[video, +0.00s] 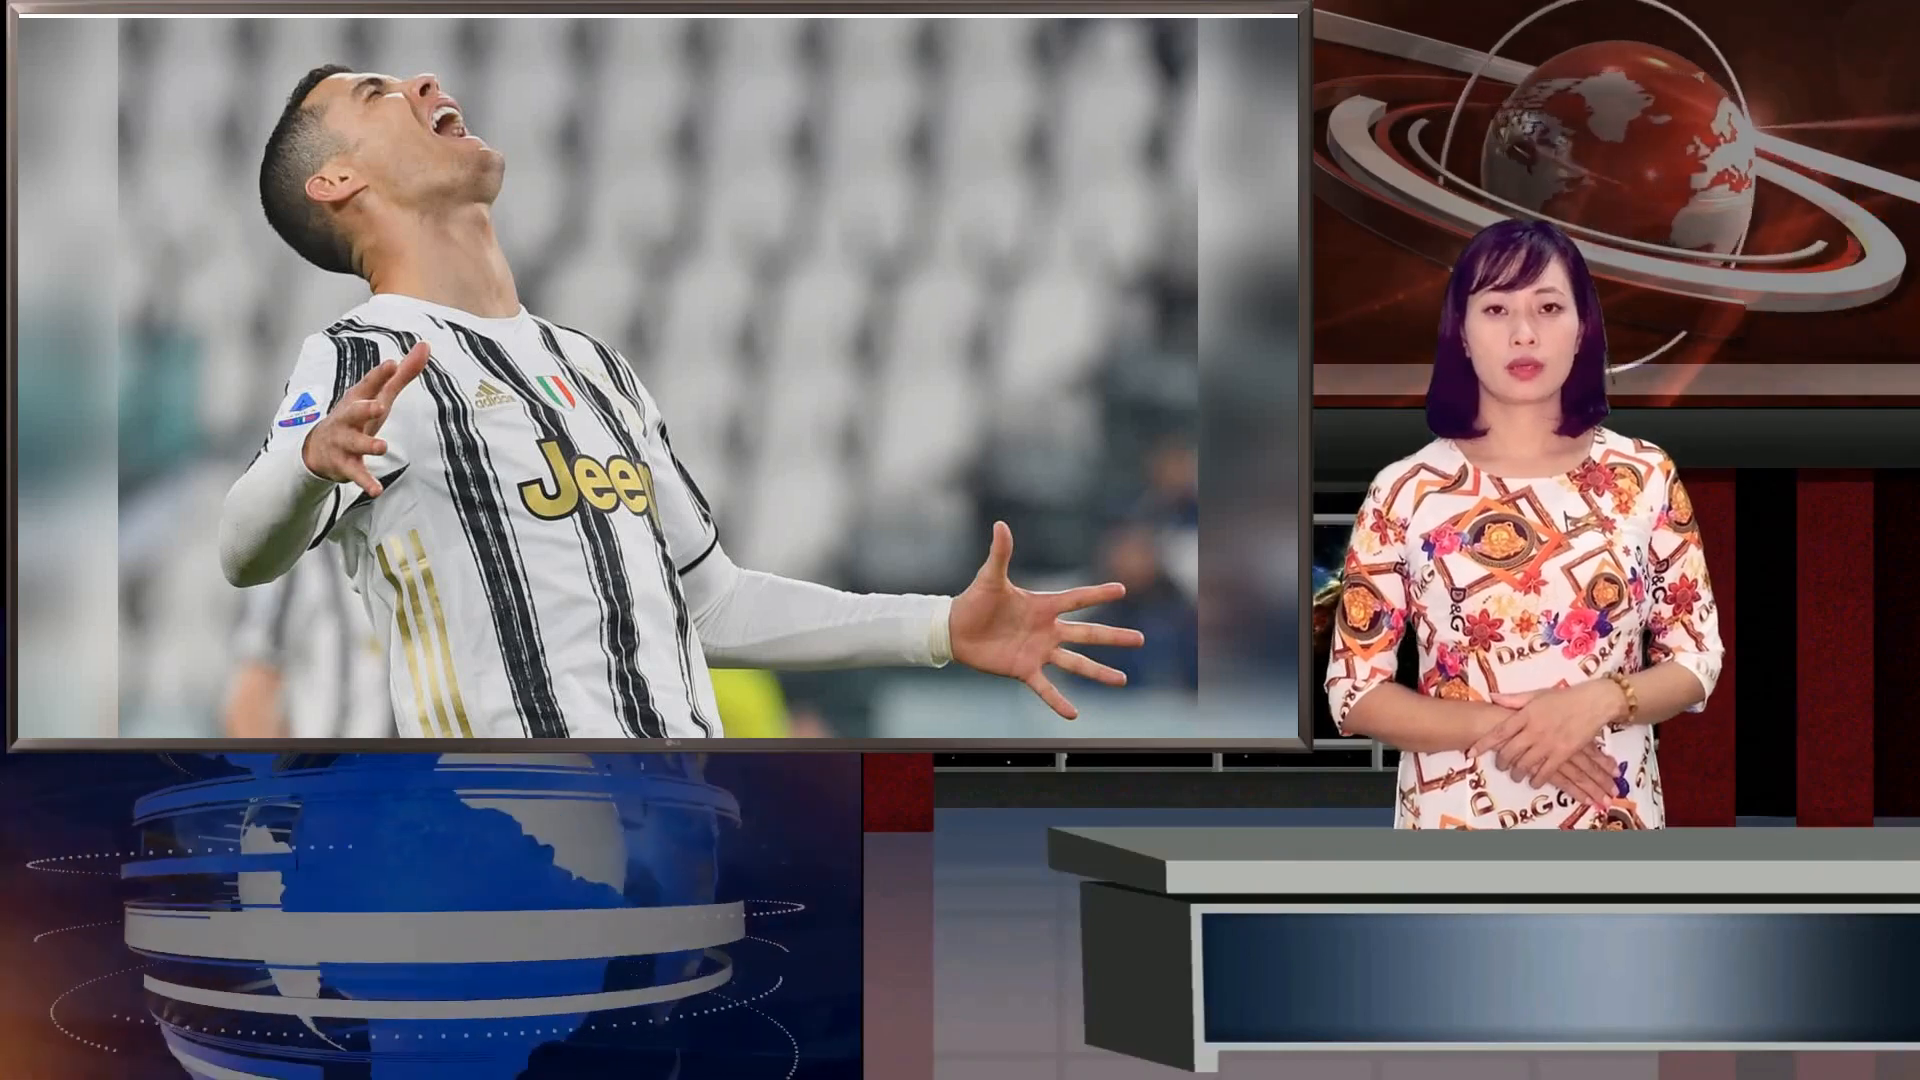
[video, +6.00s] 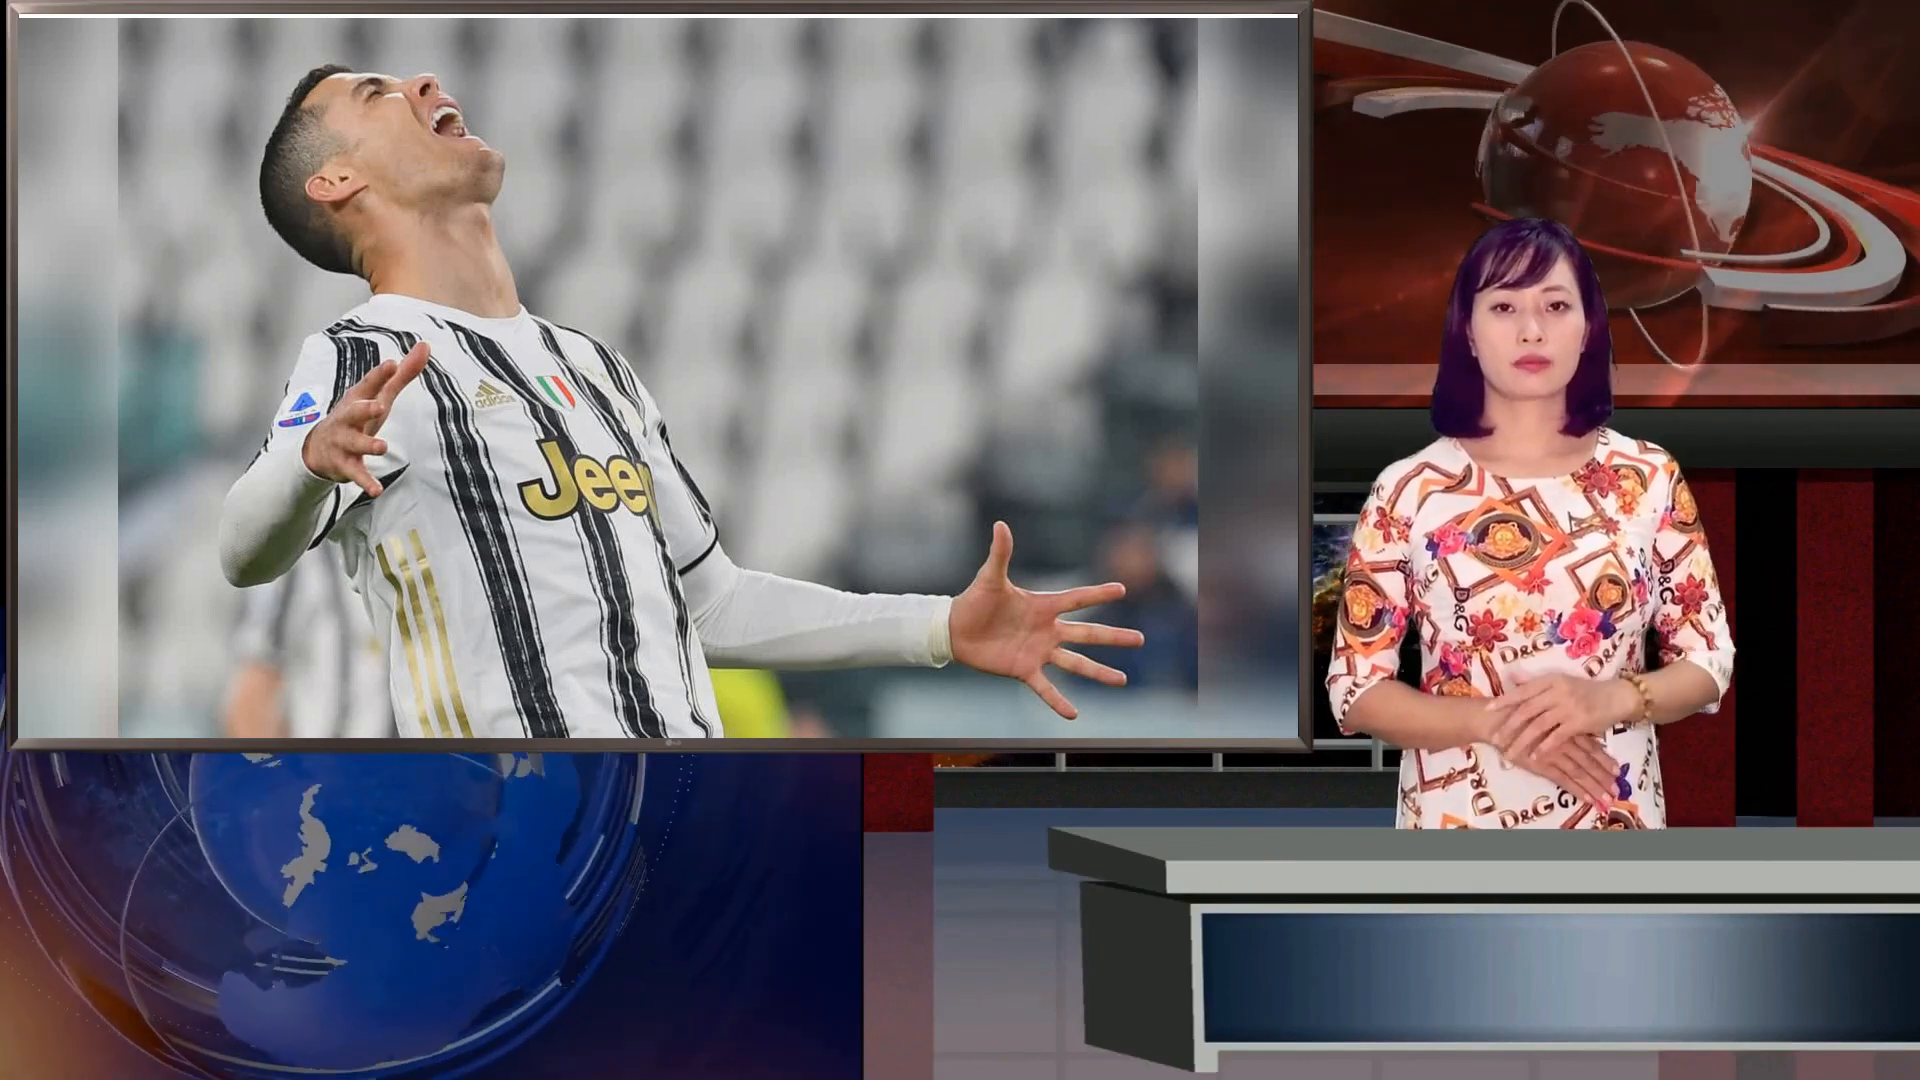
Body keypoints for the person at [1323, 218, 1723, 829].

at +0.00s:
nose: (1523, 332)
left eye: (1548, 308)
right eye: (1496, 309)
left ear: (1583, 327)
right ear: (1461, 330)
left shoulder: (1643, 478)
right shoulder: (1404, 492)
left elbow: (1696, 659)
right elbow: (1353, 692)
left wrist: (1598, 701)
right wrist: (1511, 731)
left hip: (1610, 832)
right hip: (1454, 831)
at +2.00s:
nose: (1532, 331)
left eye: (1556, 307)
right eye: (1504, 308)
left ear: (1590, 326)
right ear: (1468, 329)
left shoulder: (1649, 479)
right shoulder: (1409, 492)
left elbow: (1701, 661)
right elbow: (1359, 691)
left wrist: (1604, 700)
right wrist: (1516, 729)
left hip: (1615, 832)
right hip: (1460, 832)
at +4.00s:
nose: (1531, 330)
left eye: (1555, 306)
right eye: (1503, 307)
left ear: (1589, 326)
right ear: (1466, 328)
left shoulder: (1648, 478)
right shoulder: (1407, 492)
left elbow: (1702, 661)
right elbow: (1357, 691)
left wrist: (1604, 701)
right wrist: (1516, 731)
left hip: (1615, 830)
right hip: (1458, 830)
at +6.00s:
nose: (1531, 329)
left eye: (1556, 306)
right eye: (1503, 308)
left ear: (1588, 326)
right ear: (1467, 329)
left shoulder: (1647, 479)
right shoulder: (1407, 491)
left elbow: (1707, 660)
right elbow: (1355, 689)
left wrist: (1608, 700)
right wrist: (1492, 722)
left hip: (1613, 830)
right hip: (1457, 829)